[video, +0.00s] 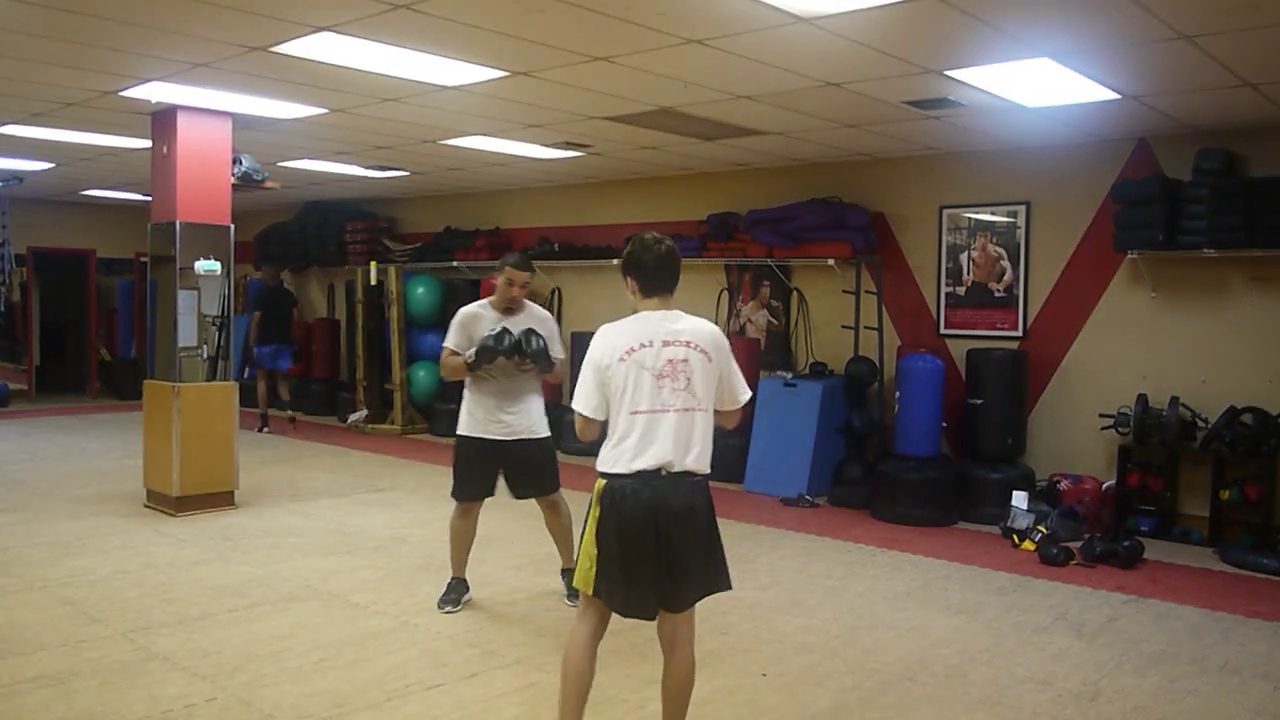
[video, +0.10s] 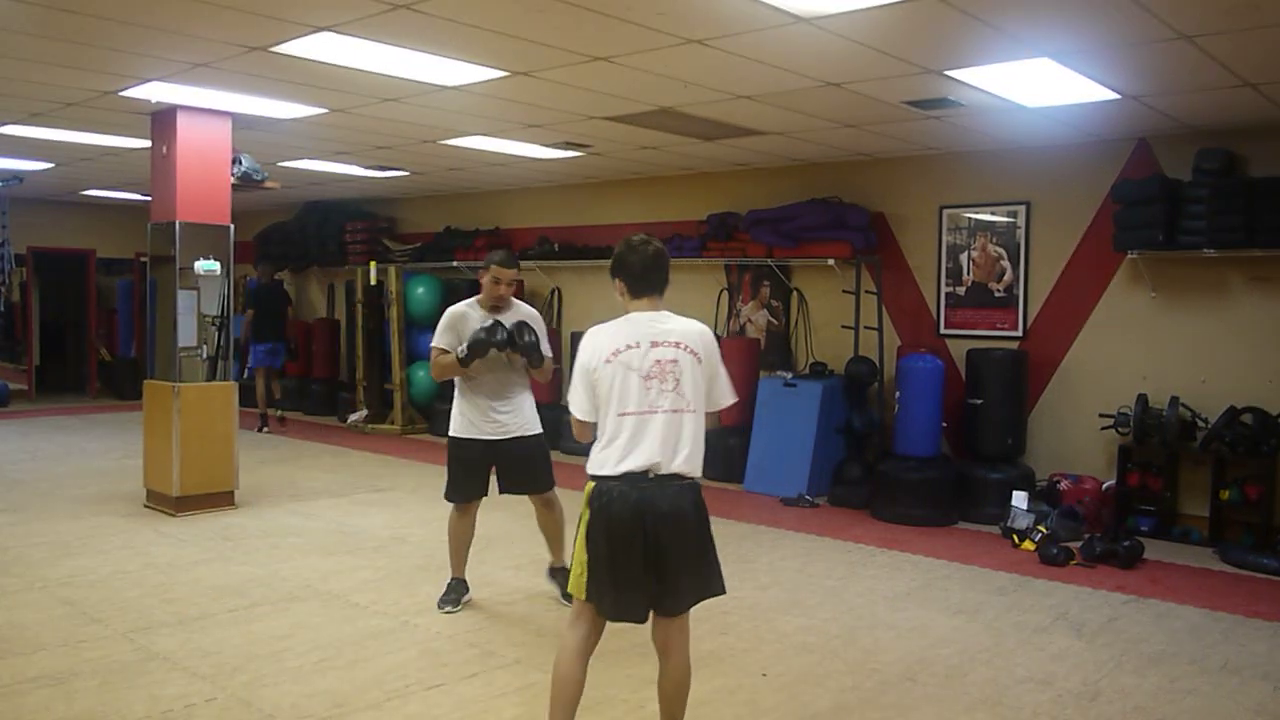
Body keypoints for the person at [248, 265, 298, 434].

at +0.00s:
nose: (261, 277)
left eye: (263, 274)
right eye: (263, 273)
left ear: (264, 276)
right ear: (279, 277)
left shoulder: (261, 293)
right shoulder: (288, 294)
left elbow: (256, 319)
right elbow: (296, 317)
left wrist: (252, 342)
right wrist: (294, 338)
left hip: (264, 342)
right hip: (284, 342)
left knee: (262, 379)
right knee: (282, 378)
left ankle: (264, 421)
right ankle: (289, 406)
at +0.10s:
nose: (258, 274)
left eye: (258, 271)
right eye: (261, 270)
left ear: (258, 273)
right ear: (273, 273)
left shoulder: (254, 291)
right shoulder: (281, 290)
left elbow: (249, 315)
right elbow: (290, 312)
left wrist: (244, 336)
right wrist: (288, 332)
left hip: (260, 339)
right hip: (278, 339)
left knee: (260, 377)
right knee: (274, 375)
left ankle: (263, 420)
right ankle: (279, 403)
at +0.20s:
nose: (256, 273)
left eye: (256, 270)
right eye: (260, 270)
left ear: (255, 272)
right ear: (270, 273)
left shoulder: (250, 290)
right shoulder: (277, 289)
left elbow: (244, 313)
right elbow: (285, 311)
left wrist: (237, 329)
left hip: (256, 339)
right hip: (275, 338)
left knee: (258, 377)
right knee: (268, 375)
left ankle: (263, 418)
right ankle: (270, 408)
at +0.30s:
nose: (255, 276)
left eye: (254, 273)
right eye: (258, 272)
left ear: (251, 275)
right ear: (267, 274)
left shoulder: (246, 290)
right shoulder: (276, 288)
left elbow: (240, 314)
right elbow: (281, 312)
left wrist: (233, 326)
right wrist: (285, 332)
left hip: (252, 337)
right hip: (271, 336)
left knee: (256, 374)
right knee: (263, 374)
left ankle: (261, 413)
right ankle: (260, 410)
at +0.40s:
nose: (251, 279)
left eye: (251, 276)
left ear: (249, 277)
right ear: (264, 277)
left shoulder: (245, 293)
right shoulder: (273, 293)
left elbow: (238, 315)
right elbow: (279, 315)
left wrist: (233, 327)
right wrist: (277, 328)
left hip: (250, 339)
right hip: (268, 338)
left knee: (251, 375)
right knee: (261, 376)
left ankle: (259, 409)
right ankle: (256, 409)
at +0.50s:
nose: (249, 278)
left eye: (249, 275)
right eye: (253, 275)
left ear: (247, 277)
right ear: (261, 277)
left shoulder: (242, 293)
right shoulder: (269, 294)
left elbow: (235, 315)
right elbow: (275, 316)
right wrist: (279, 340)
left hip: (245, 340)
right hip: (264, 339)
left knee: (240, 374)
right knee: (257, 375)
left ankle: (251, 400)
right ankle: (255, 408)